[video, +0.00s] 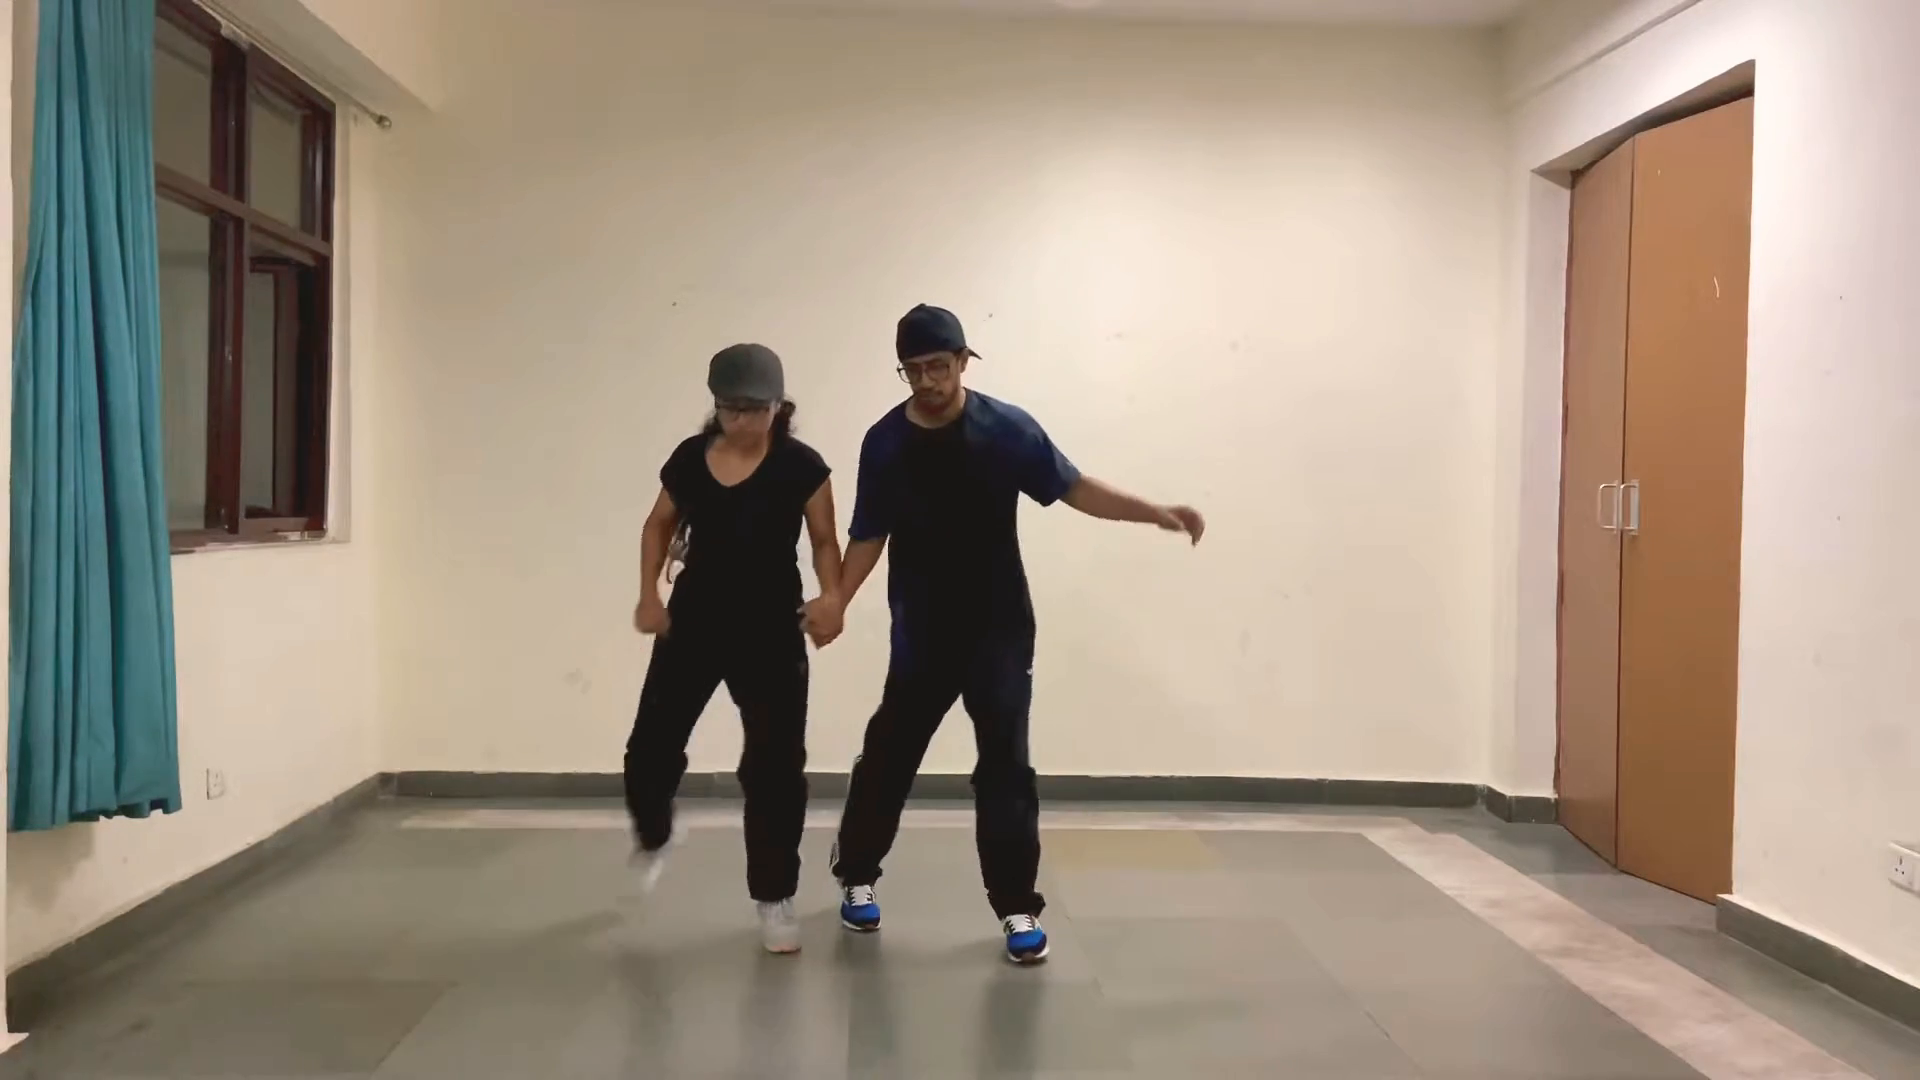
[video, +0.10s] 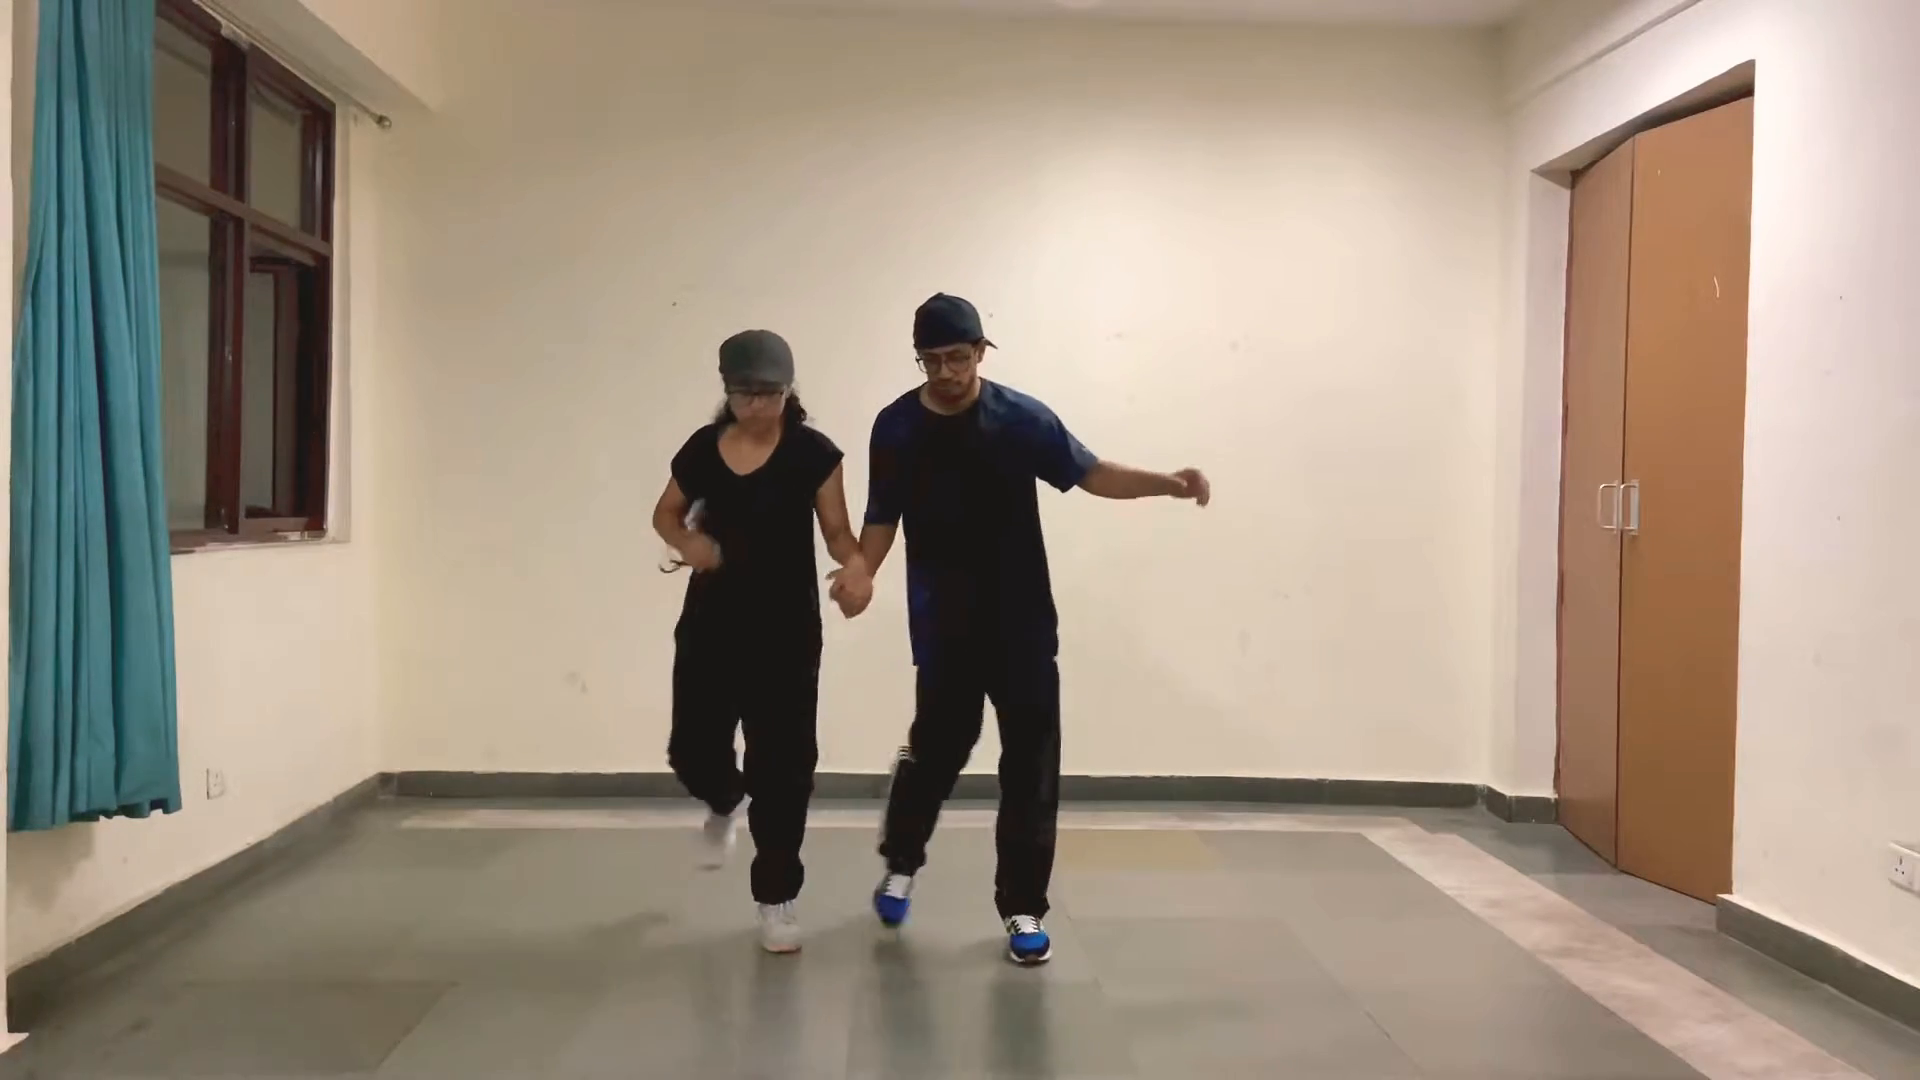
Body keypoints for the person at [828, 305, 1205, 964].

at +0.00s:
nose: (931, 381)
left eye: (942, 366)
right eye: (917, 369)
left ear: (964, 361)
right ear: (903, 370)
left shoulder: (1007, 430)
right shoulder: (886, 443)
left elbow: (1075, 488)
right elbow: (866, 537)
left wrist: (1159, 514)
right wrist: (833, 602)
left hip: (999, 627)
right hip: (922, 629)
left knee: (1006, 763)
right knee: (891, 752)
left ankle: (1018, 906)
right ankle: (858, 875)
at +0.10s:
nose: (949, 372)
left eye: (960, 357)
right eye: (935, 359)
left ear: (981, 352)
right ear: (918, 359)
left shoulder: (1022, 419)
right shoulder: (897, 429)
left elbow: (1090, 473)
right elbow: (881, 515)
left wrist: (1170, 483)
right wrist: (861, 571)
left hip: (1022, 622)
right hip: (944, 624)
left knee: (1033, 763)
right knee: (939, 749)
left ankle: (1024, 908)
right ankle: (900, 865)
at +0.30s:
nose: (982, 369)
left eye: (994, 356)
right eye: (969, 356)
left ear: (1013, 353)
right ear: (951, 357)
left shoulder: (1045, 427)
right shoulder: (922, 428)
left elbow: (1104, 505)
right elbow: (901, 525)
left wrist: (1177, 538)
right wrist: (885, 586)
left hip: (1040, 619)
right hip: (966, 623)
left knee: (1044, 761)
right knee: (984, 760)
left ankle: (1032, 909)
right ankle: (992, 902)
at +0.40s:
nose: (993, 374)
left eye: (1005, 361)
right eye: (980, 362)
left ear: (1023, 360)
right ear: (960, 361)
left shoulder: (1056, 430)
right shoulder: (935, 435)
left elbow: (1084, 525)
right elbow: (915, 538)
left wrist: (1132, 607)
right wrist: (886, 620)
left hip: (1046, 622)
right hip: (971, 625)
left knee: (1050, 759)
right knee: (975, 762)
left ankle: (1045, 900)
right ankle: (982, 901)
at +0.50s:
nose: (1001, 379)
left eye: (1013, 366)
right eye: (987, 366)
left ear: (1031, 364)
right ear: (969, 368)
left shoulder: (1061, 435)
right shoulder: (940, 442)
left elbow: (1066, 543)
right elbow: (923, 539)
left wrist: (1058, 633)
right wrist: (899, 626)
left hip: (1059, 611)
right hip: (985, 617)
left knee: (1078, 748)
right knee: (987, 756)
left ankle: (1089, 879)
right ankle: (987, 901)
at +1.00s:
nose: (1030, 371)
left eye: (1042, 359)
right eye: (1017, 359)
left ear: (1062, 359)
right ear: (999, 361)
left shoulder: (1096, 434)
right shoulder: (975, 431)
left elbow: (1133, 530)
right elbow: (958, 515)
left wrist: (1093, 561)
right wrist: (936, 583)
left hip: (1069, 619)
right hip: (993, 618)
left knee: (1081, 756)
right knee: (989, 765)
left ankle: (1134, 873)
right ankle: (990, 898)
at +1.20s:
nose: (1043, 370)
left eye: (1055, 357)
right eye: (1030, 358)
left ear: (1076, 356)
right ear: (1014, 361)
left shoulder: (1119, 433)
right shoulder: (999, 436)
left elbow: (1178, 505)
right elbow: (965, 531)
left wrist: (1196, 573)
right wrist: (923, 596)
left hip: (1063, 622)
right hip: (993, 615)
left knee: (1035, 764)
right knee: (978, 759)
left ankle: (1073, 904)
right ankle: (984, 899)